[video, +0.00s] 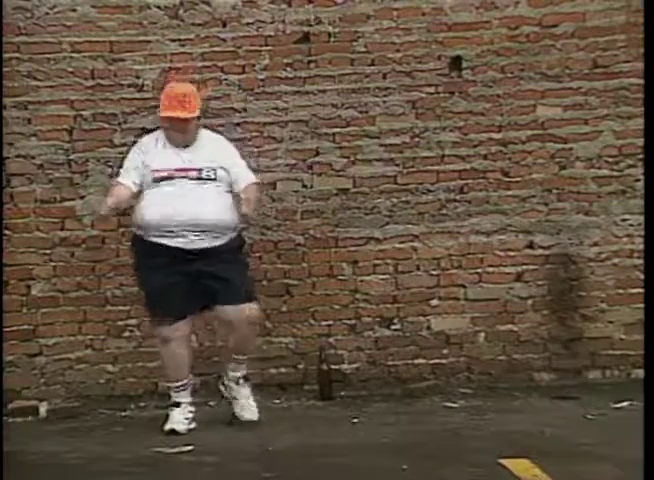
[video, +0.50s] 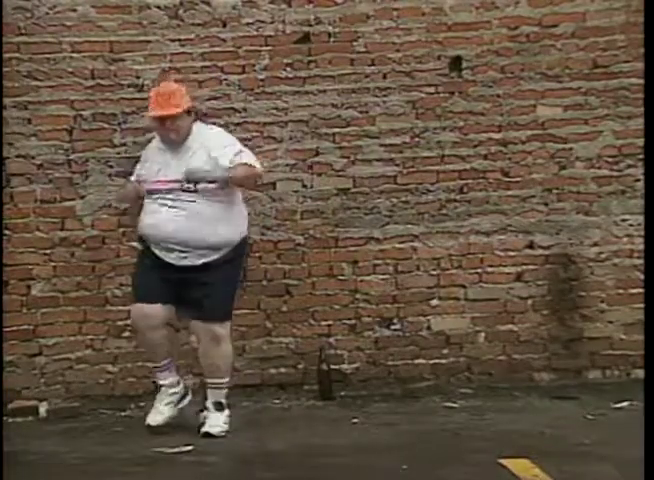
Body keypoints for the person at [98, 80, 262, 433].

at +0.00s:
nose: (179, 127)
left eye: (186, 120)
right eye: (172, 120)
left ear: (197, 117)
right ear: (161, 118)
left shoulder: (218, 146)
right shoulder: (146, 148)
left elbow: (249, 185)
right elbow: (126, 185)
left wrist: (247, 207)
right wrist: (109, 205)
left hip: (220, 248)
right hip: (161, 250)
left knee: (244, 316)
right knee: (170, 329)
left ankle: (236, 381)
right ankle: (181, 405)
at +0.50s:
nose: (167, 127)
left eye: (174, 118)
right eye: (160, 120)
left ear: (190, 113)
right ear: (152, 120)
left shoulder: (213, 139)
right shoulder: (153, 150)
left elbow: (254, 175)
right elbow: (139, 193)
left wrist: (218, 177)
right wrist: (132, 194)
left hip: (215, 255)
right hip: (160, 252)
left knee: (212, 330)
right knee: (145, 316)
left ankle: (217, 406)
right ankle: (171, 387)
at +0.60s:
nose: (163, 128)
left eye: (169, 121)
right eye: (155, 122)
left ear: (182, 111)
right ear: (145, 117)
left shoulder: (207, 136)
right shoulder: (140, 145)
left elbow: (226, 180)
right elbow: (124, 192)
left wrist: (187, 185)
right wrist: (87, 193)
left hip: (219, 245)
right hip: (166, 247)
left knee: (218, 324)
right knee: (165, 319)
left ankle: (219, 406)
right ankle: (170, 403)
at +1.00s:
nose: (170, 122)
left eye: (177, 114)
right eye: (164, 116)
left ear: (194, 104)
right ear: (156, 112)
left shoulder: (219, 138)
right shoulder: (154, 135)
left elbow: (235, 191)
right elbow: (136, 179)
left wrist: (218, 229)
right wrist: (127, 217)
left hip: (195, 243)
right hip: (149, 246)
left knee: (196, 317)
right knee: (159, 329)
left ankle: (237, 389)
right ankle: (180, 408)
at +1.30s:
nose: (164, 115)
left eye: (171, 108)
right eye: (161, 109)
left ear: (193, 109)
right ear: (162, 112)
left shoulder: (212, 138)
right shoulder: (175, 148)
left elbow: (240, 180)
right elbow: (174, 196)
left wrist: (202, 196)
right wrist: (139, 202)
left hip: (207, 250)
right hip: (163, 253)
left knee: (206, 335)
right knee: (132, 320)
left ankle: (233, 412)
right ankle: (167, 394)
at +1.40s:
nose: (151, 111)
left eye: (158, 105)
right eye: (148, 105)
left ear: (180, 107)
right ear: (148, 109)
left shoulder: (202, 137)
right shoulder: (156, 149)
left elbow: (216, 182)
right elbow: (150, 200)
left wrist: (168, 182)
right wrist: (107, 201)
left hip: (217, 246)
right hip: (172, 253)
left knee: (216, 330)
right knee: (149, 321)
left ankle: (234, 411)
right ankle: (170, 403)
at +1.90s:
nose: (150, 117)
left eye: (155, 109)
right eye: (146, 111)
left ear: (176, 100)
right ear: (145, 109)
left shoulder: (210, 129)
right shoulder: (148, 135)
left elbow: (229, 172)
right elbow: (144, 181)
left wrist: (214, 215)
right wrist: (133, 222)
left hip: (191, 242)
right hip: (141, 243)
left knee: (199, 329)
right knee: (148, 328)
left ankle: (217, 407)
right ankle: (173, 408)